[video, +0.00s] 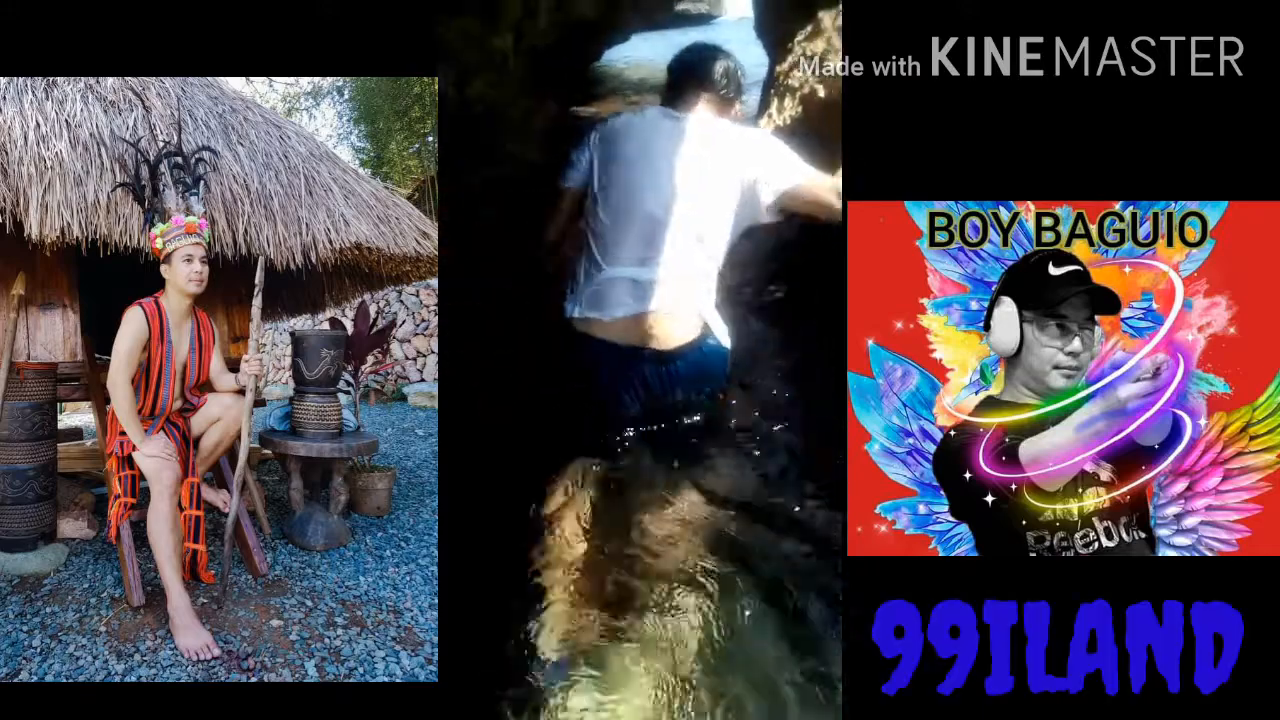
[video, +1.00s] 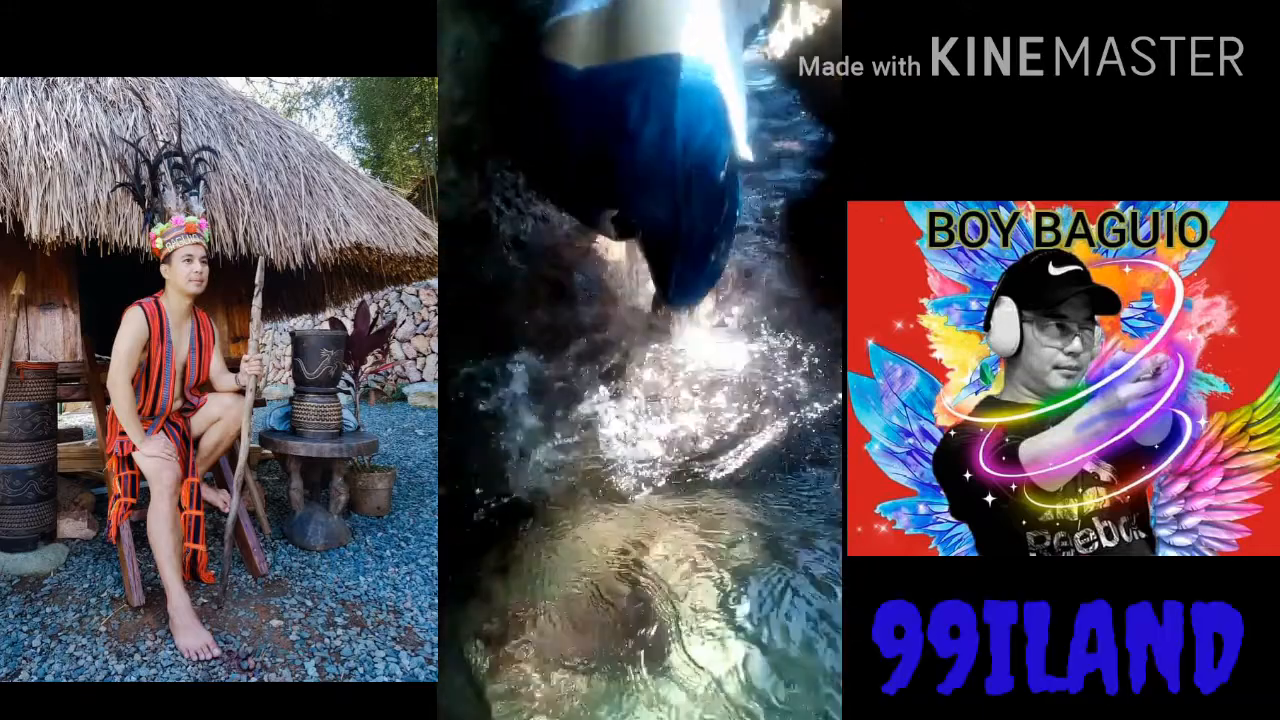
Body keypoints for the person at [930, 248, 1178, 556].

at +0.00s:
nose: (1076, 346)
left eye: (1086, 328)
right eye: (1055, 327)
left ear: (1097, 334)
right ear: (1007, 328)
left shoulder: (1113, 409)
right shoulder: (962, 446)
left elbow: (1155, 435)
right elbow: (1021, 472)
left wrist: (1149, 396)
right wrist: (1105, 412)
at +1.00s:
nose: (1076, 346)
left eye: (1086, 328)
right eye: (1055, 327)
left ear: (1097, 334)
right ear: (1007, 328)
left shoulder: (1113, 409)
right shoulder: (962, 446)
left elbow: (1156, 435)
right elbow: (1021, 472)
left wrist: (1148, 396)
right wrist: (1105, 412)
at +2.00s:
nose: (1076, 346)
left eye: (1086, 328)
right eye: (1055, 327)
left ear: (1097, 334)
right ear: (1007, 328)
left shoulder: (1113, 408)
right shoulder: (962, 446)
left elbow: (1155, 435)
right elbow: (1022, 472)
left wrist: (1149, 396)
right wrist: (1106, 412)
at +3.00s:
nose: (1076, 346)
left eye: (1086, 328)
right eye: (1055, 327)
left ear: (1097, 334)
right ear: (1007, 327)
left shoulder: (1113, 409)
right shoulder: (963, 446)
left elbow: (1155, 435)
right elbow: (1023, 472)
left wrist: (1148, 396)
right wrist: (1106, 412)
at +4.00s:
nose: (1076, 346)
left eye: (1086, 328)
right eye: (1055, 327)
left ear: (1097, 334)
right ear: (1007, 327)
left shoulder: (1113, 407)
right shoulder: (962, 445)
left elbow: (1155, 435)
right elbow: (1021, 471)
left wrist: (1148, 395)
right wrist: (1105, 413)